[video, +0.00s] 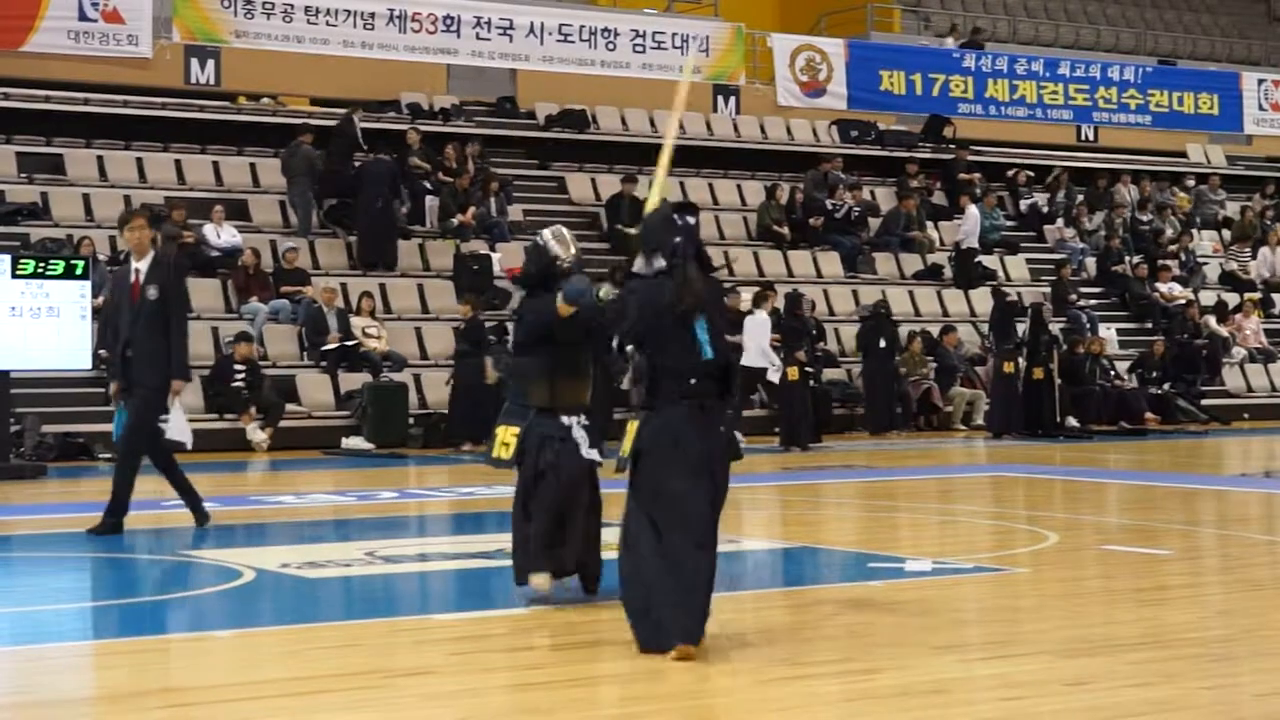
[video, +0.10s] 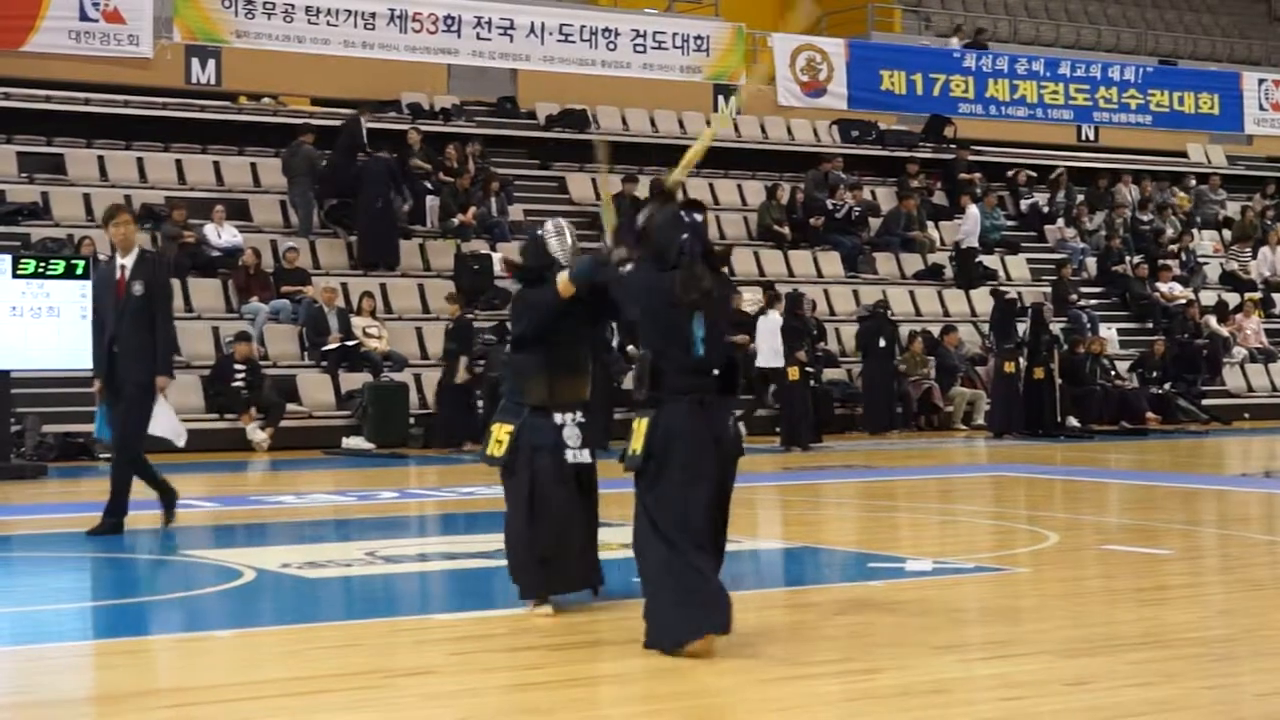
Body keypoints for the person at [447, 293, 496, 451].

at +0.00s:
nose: (460, 309)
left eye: (464, 306)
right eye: (460, 306)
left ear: (471, 308)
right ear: (465, 308)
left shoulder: (475, 326)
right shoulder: (464, 327)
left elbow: (477, 351)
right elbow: (461, 355)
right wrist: (453, 373)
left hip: (472, 372)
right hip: (463, 371)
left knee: (467, 406)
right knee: (471, 406)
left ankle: (468, 439)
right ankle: (475, 439)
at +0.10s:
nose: (448, 308)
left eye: (451, 304)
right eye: (448, 305)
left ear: (458, 306)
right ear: (451, 306)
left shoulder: (464, 323)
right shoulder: (451, 324)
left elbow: (465, 348)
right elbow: (449, 346)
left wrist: (461, 370)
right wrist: (444, 361)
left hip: (458, 365)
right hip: (449, 365)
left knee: (458, 402)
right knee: (446, 399)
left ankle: (464, 438)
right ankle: (448, 438)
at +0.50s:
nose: (398, 307)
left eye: (400, 304)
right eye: (398, 304)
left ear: (409, 305)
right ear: (407, 305)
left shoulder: (413, 322)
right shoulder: (404, 322)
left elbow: (412, 348)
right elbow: (401, 346)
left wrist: (403, 366)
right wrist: (394, 364)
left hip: (412, 364)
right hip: (404, 364)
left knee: (412, 399)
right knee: (409, 399)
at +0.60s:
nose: (385, 306)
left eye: (388, 303)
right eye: (385, 303)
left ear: (396, 304)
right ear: (394, 305)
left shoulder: (403, 322)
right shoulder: (392, 322)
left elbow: (406, 348)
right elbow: (390, 345)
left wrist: (405, 369)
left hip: (399, 366)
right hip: (389, 366)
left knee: (401, 401)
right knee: (392, 401)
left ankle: (404, 437)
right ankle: (394, 436)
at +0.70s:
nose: (373, 308)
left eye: (376, 305)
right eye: (373, 305)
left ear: (385, 306)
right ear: (385, 307)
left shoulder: (388, 323)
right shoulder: (386, 322)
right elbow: (379, 342)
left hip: (387, 368)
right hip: (384, 367)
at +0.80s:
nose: (359, 308)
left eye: (362, 304)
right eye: (360, 304)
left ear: (371, 306)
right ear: (370, 305)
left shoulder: (377, 323)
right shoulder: (368, 322)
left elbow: (387, 347)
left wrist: (399, 367)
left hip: (375, 367)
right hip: (366, 366)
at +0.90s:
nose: (349, 308)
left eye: (351, 304)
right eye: (349, 305)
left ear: (359, 304)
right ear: (354, 305)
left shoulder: (366, 321)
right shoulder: (354, 320)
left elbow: (376, 347)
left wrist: (382, 369)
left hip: (363, 364)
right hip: (352, 363)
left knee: (359, 398)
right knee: (352, 398)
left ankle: (356, 437)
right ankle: (351, 437)